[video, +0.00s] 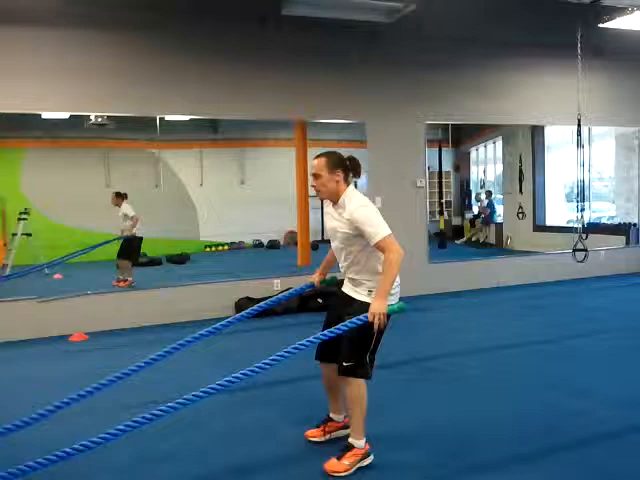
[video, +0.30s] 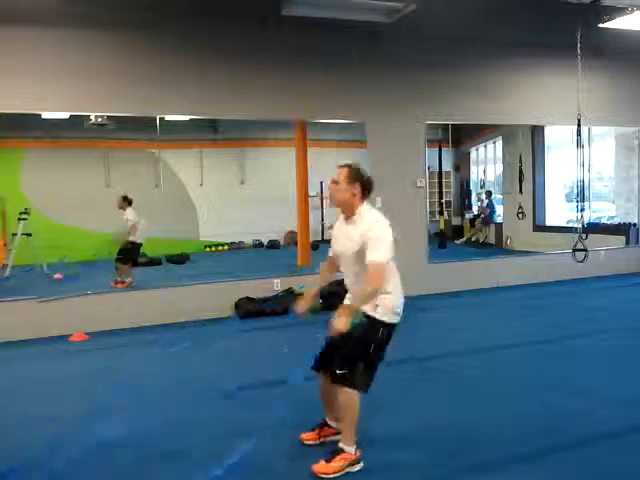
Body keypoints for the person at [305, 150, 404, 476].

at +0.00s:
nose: (312, 183)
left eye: (317, 176)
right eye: (311, 177)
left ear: (338, 177)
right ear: (330, 178)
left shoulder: (359, 208)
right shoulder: (332, 205)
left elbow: (394, 252)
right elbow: (342, 243)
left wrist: (381, 298)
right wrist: (321, 270)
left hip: (369, 299)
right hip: (346, 292)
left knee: (352, 370)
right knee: (326, 358)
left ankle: (359, 446)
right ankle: (339, 418)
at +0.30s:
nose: (329, 187)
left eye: (336, 183)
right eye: (331, 182)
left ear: (356, 190)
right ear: (347, 191)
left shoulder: (376, 225)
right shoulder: (341, 223)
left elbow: (377, 281)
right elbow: (333, 266)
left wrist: (348, 309)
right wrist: (311, 294)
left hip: (380, 310)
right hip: (354, 305)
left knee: (345, 375)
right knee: (326, 366)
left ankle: (350, 450)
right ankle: (334, 424)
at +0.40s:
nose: (349, 171)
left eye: (354, 165)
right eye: (349, 165)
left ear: (375, 169)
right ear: (366, 170)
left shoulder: (388, 197)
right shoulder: (353, 197)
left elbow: (363, 218)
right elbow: (318, 209)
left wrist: (327, 236)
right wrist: (291, 226)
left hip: (383, 297)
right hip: (357, 290)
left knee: (363, 372)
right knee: (337, 359)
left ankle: (358, 448)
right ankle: (335, 421)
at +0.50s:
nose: (350, 179)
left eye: (356, 172)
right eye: (350, 172)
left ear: (373, 172)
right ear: (354, 174)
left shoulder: (387, 197)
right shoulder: (358, 202)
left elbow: (388, 167)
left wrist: (334, 169)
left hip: (390, 289)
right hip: (362, 287)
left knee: (365, 368)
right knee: (339, 357)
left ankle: (366, 447)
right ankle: (338, 421)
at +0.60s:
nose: (331, 214)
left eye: (334, 207)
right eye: (329, 208)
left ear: (354, 199)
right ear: (342, 204)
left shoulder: (378, 218)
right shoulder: (352, 225)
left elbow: (386, 192)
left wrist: (346, 184)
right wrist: (326, 190)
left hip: (397, 300)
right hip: (368, 298)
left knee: (358, 372)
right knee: (333, 361)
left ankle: (365, 448)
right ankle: (343, 423)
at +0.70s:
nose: (315, 250)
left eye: (318, 243)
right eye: (313, 245)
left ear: (335, 240)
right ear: (328, 243)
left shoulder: (361, 257)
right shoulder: (329, 264)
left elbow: (375, 296)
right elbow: (315, 291)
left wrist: (334, 287)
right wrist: (295, 283)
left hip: (410, 309)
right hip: (377, 310)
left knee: (368, 372)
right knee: (346, 363)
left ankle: (364, 448)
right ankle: (344, 426)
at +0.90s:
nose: (320, 231)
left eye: (323, 224)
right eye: (320, 225)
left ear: (340, 224)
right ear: (337, 225)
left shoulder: (366, 245)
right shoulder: (340, 250)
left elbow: (376, 299)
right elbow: (330, 284)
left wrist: (349, 334)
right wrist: (309, 311)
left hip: (411, 303)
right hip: (380, 304)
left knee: (371, 369)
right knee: (346, 357)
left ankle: (365, 449)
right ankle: (345, 426)